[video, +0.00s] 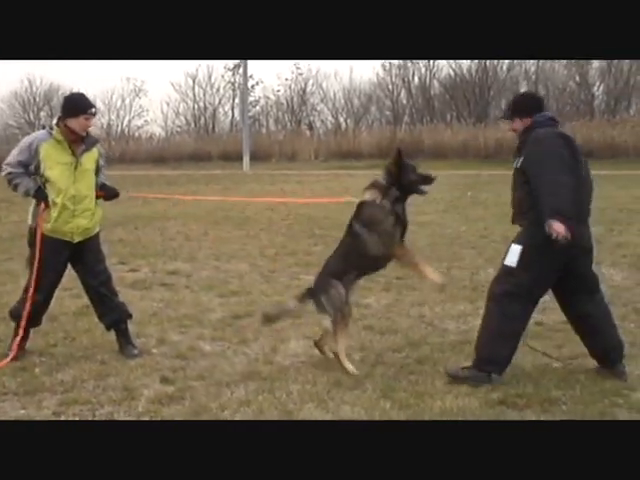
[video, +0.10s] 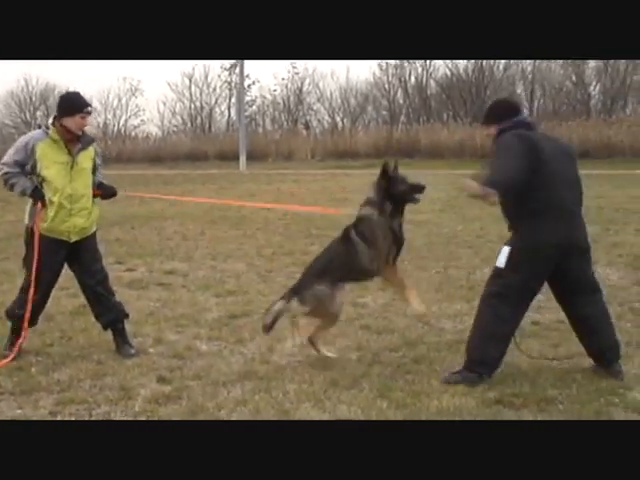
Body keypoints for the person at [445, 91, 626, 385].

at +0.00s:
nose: (511, 128)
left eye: (513, 121)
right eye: (510, 122)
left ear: (527, 119)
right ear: (536, 118)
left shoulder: (540, 142)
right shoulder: (560, 141)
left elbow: (550, 179)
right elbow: (580, 185)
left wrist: (553, 217)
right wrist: (569, 219)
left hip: (542, 235)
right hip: (572, 235)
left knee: (507, 294)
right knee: (582, 298)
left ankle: (486, 367)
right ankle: (612, 361)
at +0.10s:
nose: (489, 137)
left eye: (489, 131)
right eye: (487, 131)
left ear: (499, 126)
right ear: (522, 120)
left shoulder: (511, 140)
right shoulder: (557, 145)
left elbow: (509, 173)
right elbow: (569, 192)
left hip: (532, 241)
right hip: (572, 239)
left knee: (500, 300)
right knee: (584, 297)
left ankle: (477, 369)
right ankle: (609, 360)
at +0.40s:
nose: (486, 134)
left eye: (486, 128)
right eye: (484, 128)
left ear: (497, 123)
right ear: (517, 118)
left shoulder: (506, 138)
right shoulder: (549, 146)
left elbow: (490, 167)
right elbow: (573, 195)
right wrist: (563, 236)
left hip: (515, 240)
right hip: (553, 240)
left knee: (476, 296)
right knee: (555, 298)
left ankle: (462, 369)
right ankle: (592, 359)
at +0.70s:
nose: (540, 129)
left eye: (544, 123)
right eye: (539, 123)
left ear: (561, 122)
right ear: (564, 124)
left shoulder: (578, 149)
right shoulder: (581, 147)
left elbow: (579, 201)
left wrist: (555, 242)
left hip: (562, 244)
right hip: (580, 246)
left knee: (515, 292)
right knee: (559, 300)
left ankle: (489, 363)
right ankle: (589, 361)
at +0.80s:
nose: (552, 125)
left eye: (556, 119)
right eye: (552, 119)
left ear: (572, 117)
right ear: (576, 116)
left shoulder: (586, 141)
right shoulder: (598, 138)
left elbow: (576, 192)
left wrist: (547, 226)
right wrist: (559, 226)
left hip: (592, 239)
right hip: (611, 239)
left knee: (547, 288)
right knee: (584, 291)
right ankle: (591, 359)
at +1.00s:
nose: (586, 145)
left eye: (585, 139)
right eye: (584, 140)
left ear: (594, 133)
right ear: (611, 124)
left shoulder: (603, 153)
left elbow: (585, 202)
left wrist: (576, 243)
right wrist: (579, 239)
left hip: (633, 242)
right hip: (632, 240)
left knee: (626, 311)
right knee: (626, 309)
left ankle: (639, 383)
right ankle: (636, 383)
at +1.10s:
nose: (604, 158)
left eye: (604, 151)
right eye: (603, 153)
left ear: (613, 144)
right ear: (625, 139)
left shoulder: (624, 159)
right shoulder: (627, 157)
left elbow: (608, 213)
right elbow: (610, 210)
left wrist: (610, 256)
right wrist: (613, 256)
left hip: (637, 253)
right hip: (635, 251)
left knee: (627, 311)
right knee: (627, 309)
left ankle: (637, 383)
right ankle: (635, 382)